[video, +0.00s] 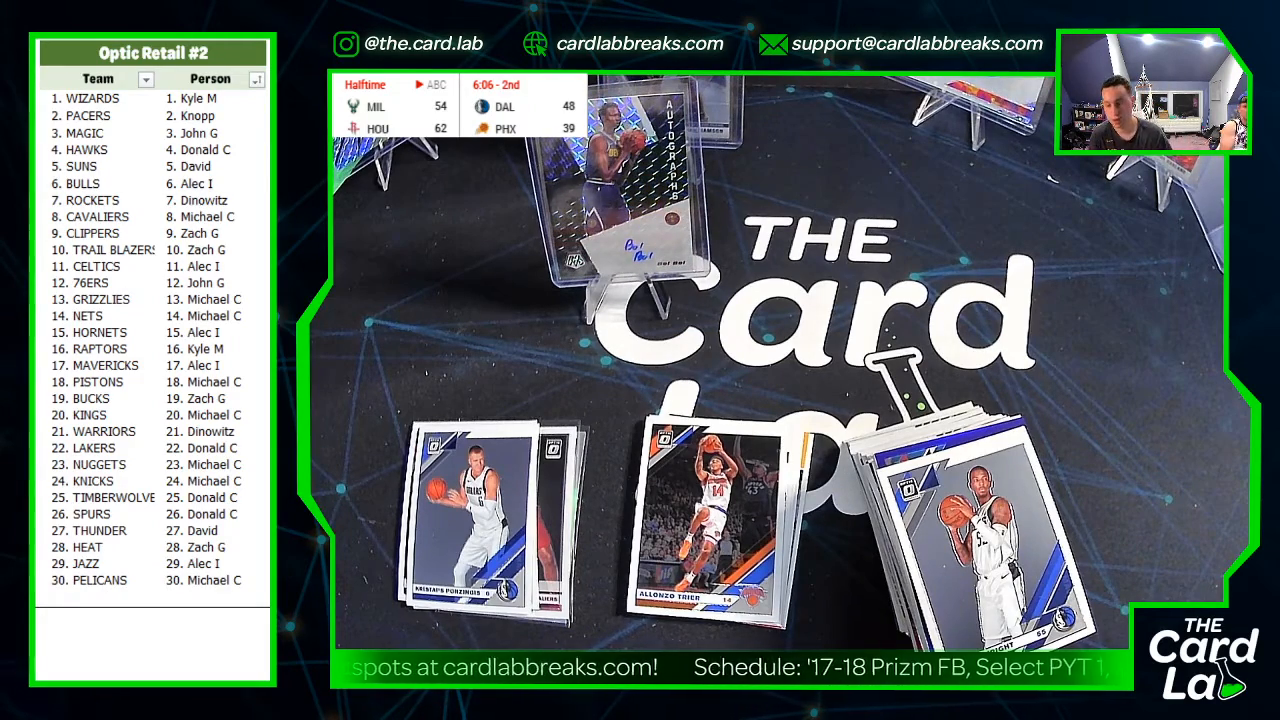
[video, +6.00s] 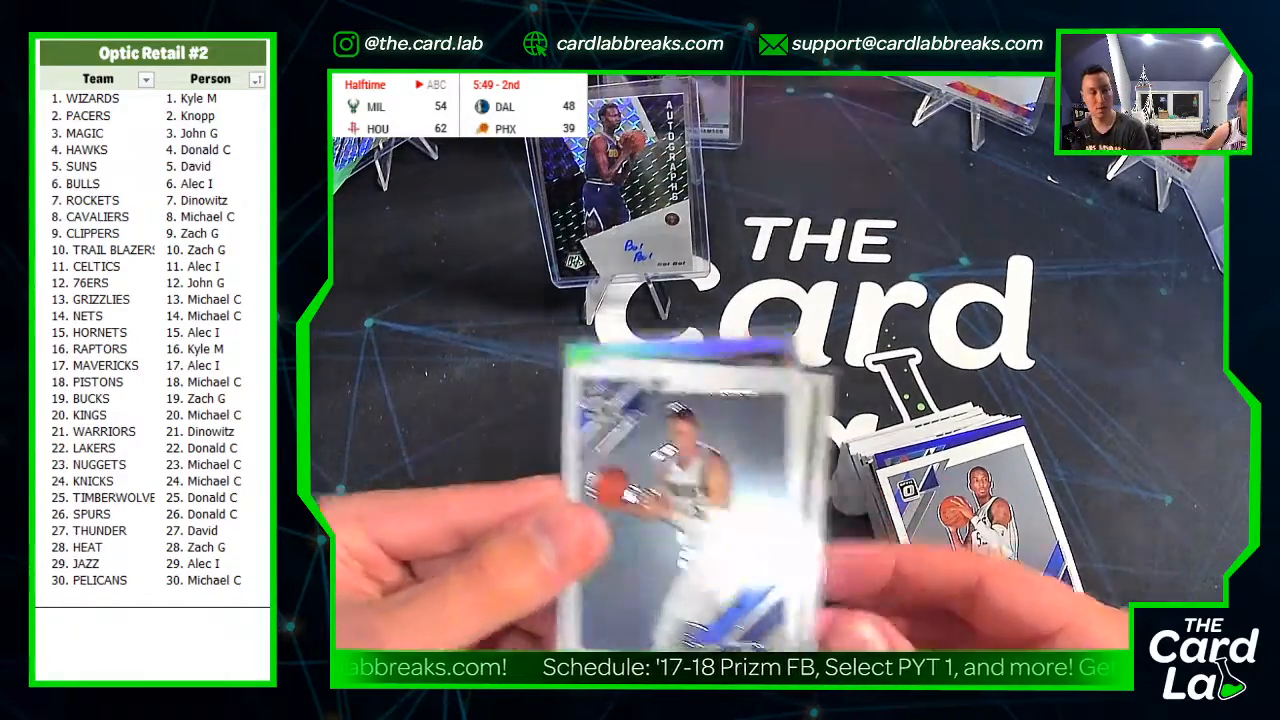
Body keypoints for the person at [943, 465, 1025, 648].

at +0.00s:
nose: (980, 483)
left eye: (984, 479)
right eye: (976, 480)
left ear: (990, 482)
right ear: (970, 485)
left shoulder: (1000, 504)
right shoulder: (975, 518)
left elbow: (997, 539)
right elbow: (965, 559)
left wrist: (973, 517)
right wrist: (953, 530)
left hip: (1007, 579)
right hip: (985, 584)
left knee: (1018, 632)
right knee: (992, 639)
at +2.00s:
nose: (980, 483)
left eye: (984, 479)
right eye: (976, 480)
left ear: (990, 481)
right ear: (970, 485)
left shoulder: (1000, 504)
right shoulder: (974, 517)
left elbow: (996, 538)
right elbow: (965, 559)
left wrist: (972, 516)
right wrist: (953, 530)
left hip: (1007, 579)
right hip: (985, 585)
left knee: (1018, 632)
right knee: (992, 640)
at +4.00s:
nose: (980, 484)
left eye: (983, 480)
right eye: (975, 481)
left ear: (990, 482)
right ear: (970, 486)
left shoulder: (999, 504)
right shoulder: (974, 519)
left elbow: (997, 539)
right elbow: (965, 559)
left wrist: (972, 516)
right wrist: (953, 531)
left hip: (1006, 578)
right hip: (984, 585)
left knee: (1017, 632)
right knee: (991, 639)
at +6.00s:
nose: (981, 484)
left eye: (985, 480)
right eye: (976, 481)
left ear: (990, 484)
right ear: (970, 487)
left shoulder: (1000, 505)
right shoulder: (977, 514)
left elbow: (997, 540)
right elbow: (964, 554)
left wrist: (972, 518)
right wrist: (954, 532)